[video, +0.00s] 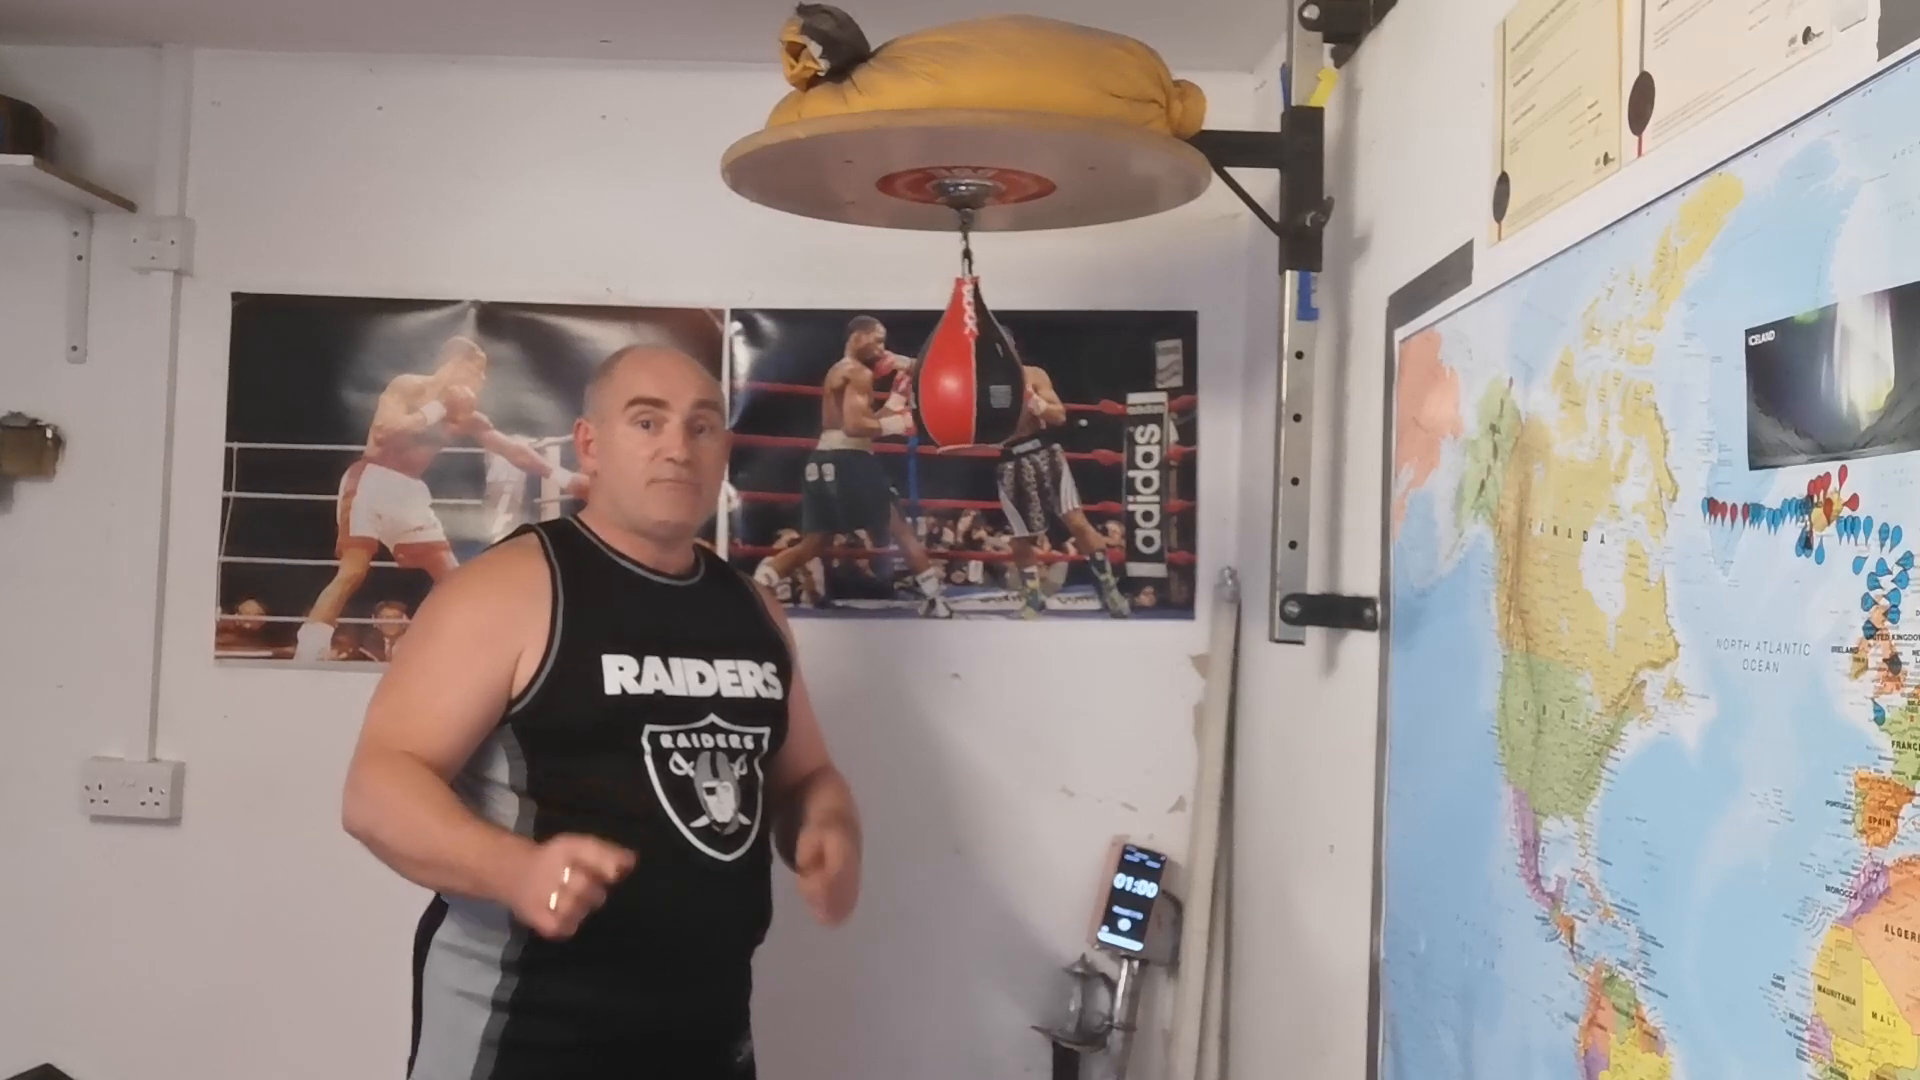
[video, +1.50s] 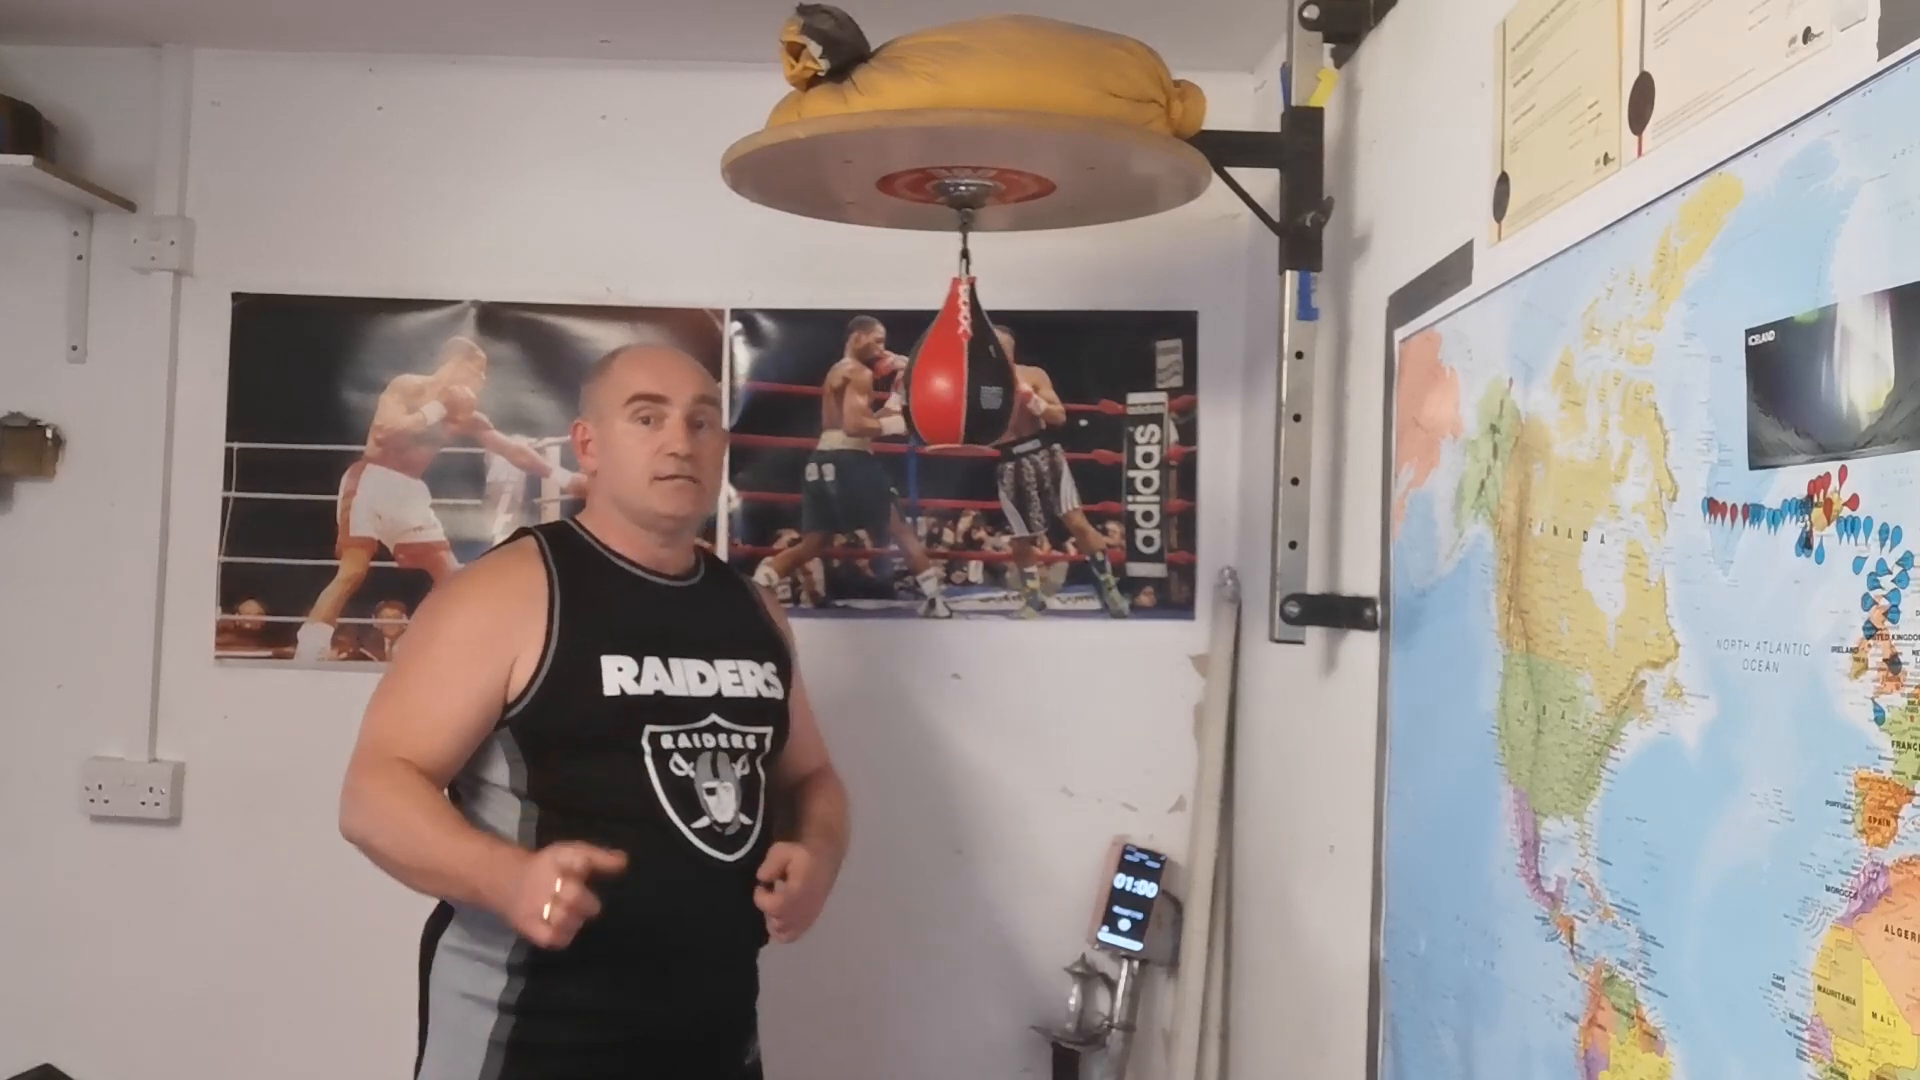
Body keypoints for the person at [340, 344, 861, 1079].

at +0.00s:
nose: (678, 447)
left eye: (701, 424)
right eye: (646, 420)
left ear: (725, 454)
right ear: (588, 445)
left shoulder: (749, 610)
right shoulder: (507, 588)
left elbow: (804, 777)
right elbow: (378, 786)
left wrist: (826, 831)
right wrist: (515, 870)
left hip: (703, 1020)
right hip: (526, 1024)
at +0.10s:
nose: (679, 446)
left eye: (702, 424)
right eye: (646, 419)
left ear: (726, 454)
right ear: (588, 445)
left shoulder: (750, 611)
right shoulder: (508, 588)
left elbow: (802, 790)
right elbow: (382, 786)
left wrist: (831, 898)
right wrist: (509, 931)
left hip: (706, 1024)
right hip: (534, 1028)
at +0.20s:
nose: (682, 447)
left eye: (706, 423)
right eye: (650, 418)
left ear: (731, 452)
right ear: (593, 443)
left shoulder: (750, 612)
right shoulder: (510, 589)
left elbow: (799, 804)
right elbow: (387, 795)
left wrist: (828, 962)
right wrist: (478, 1003)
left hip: (709, 1030)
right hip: (542, 1035)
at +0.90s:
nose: (690, 444)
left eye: (709, 421)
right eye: (655, 418)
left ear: (731, 450)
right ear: (594, 447)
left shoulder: (744, 610)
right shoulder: (518, 592)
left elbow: (795, 803)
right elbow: (396, 800)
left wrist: (841, 965)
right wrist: (516, 991)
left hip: (724, 1035)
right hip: (565, 1040)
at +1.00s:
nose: (685, 443)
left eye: (705, 421)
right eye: (650, 418)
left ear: (725, 450)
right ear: (590, 448)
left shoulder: (742, 609)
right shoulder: (513, 592)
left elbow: (793, 784)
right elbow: (389, 794)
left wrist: (840, 887)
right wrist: (544, 906)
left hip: (716, 1031)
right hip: (545, 1037)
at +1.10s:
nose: (681, 444)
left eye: (701, 421)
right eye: (646, 418)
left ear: (724, 450)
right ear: (586, 446)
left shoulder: (743, 607)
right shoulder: (508, 592)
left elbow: (789, 772)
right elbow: (383, 793)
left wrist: (814, 807)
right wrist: (556, 820)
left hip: (715, 1022)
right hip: (540, 1024)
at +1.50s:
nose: (680, 442)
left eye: (701, 420)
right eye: (647, 415)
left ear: (725, 450)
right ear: (587, 444)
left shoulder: (748, 608)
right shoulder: (502, 593)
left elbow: (809, 778)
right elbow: (375, 790)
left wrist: (814, 856)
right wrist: (507, 878)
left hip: (709, 1026)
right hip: (532, 1030)